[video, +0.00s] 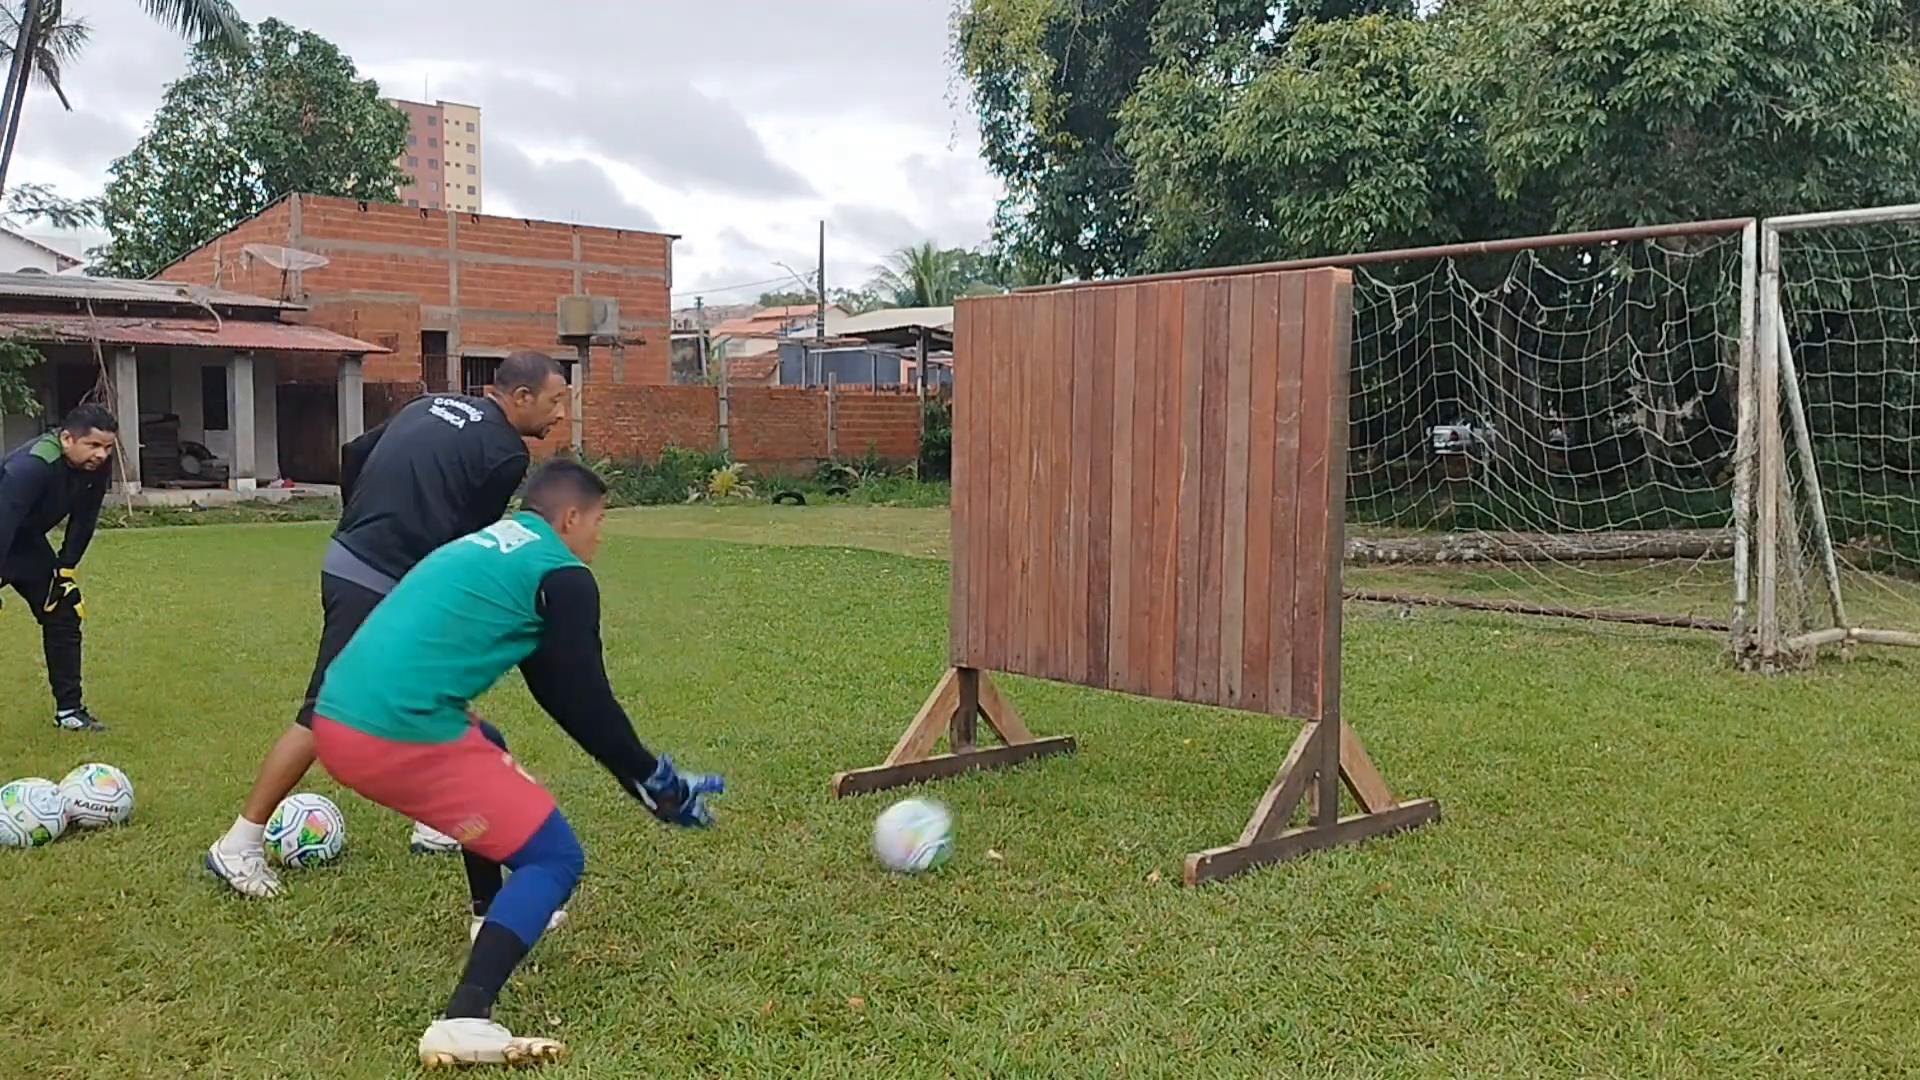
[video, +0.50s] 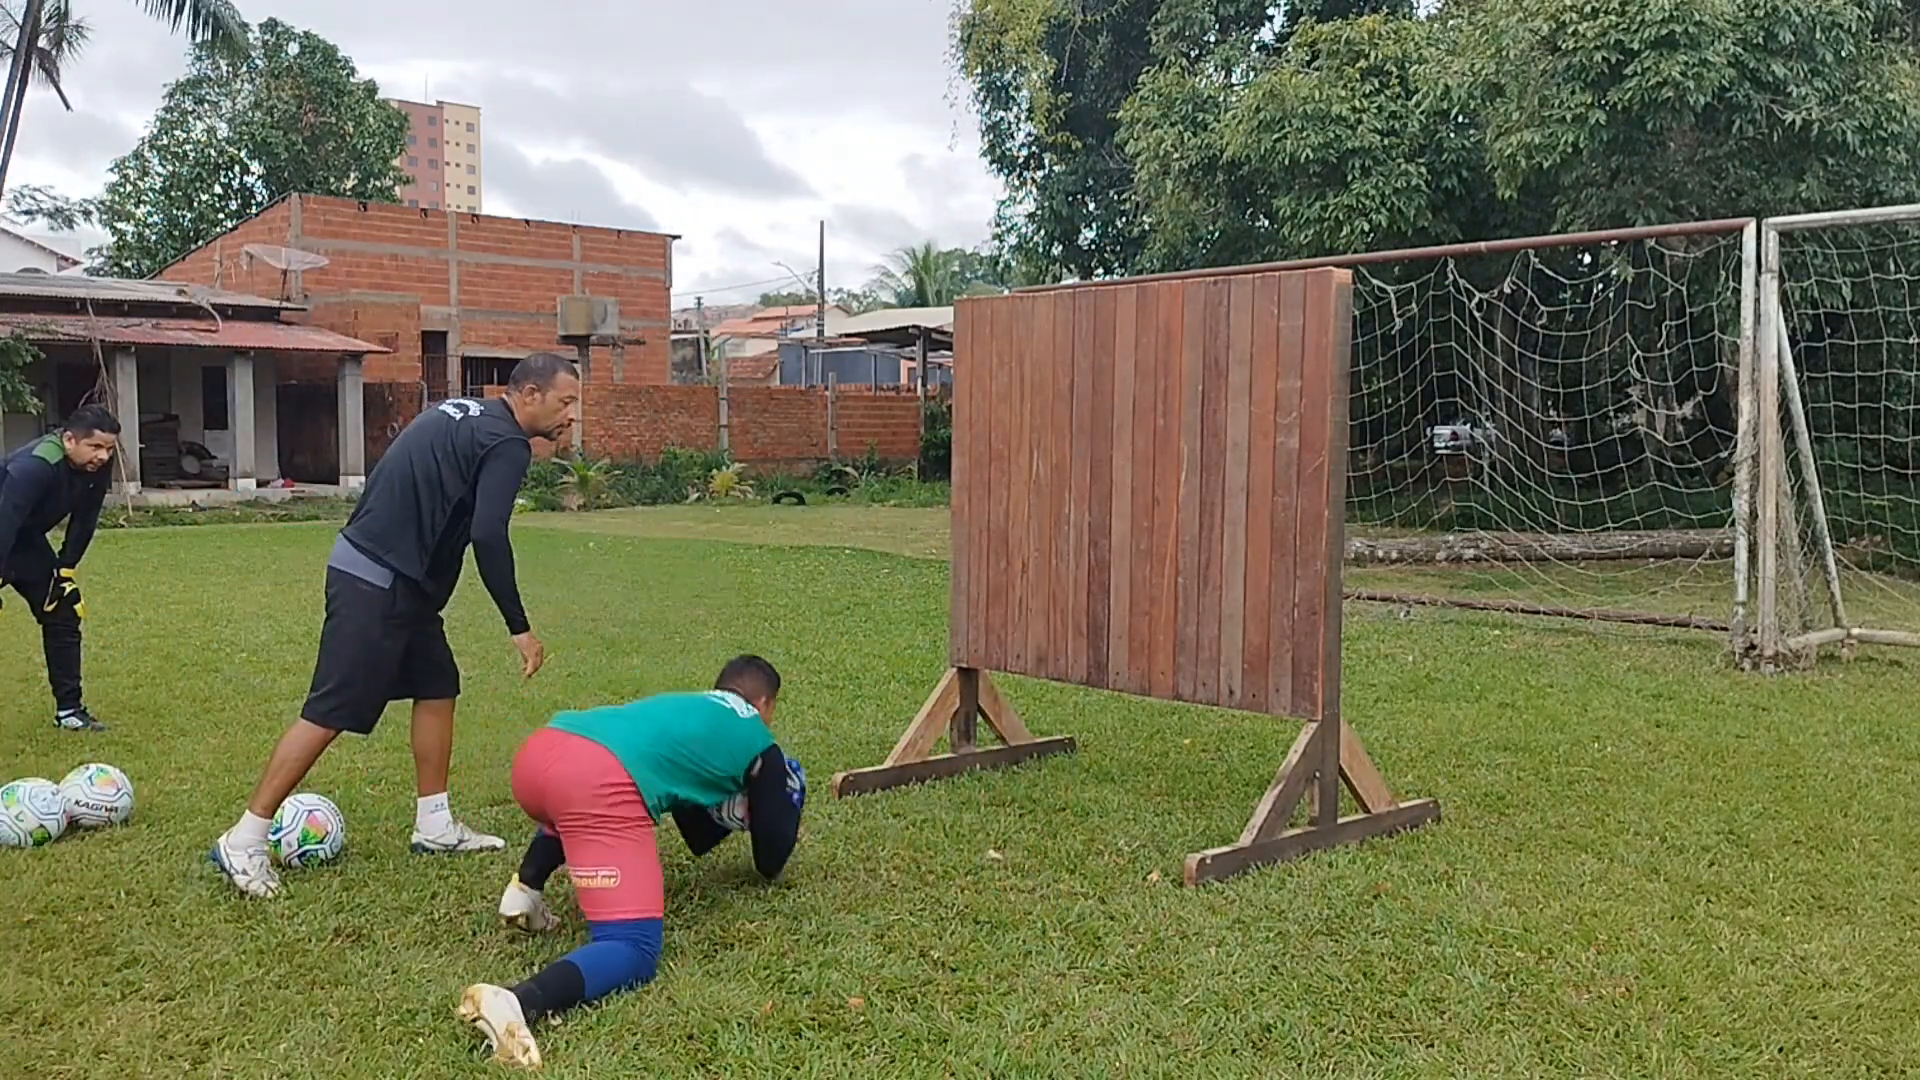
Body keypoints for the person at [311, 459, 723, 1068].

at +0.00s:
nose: (598, 538)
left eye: (600, 524)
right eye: (598, 523)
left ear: (534, 509)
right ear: (572, 517)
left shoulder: (496, 544)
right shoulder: (563, 574)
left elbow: (556, 694)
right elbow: (584, 700)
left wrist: (639, 770)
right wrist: (653, 780)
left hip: (343, 718)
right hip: (400, 737)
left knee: (485, 742)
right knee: (555, 859)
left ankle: (492, 911)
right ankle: (465, 1017)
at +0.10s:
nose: (647, 559)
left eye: (650, 545)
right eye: (648, 543)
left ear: (585, 530)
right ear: (624, 536)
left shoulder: (530, 565)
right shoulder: (608, 594)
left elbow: (540, 725)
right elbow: (592, 728)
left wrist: (584, 811)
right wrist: (623, 826)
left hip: (403, 737)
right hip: (469, 756)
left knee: (519, 773)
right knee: (587, 896)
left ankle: (510, 901)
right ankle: (476, 1018)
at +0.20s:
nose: (703, 596)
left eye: (705, 582)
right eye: (703, 581)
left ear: (639, 568)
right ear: (677, 578)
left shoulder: (583, 592)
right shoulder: (663, 633)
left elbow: (542, 695)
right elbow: (603, 740)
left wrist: (592, 771)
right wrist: (626, 808)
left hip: (441, 758)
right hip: (516, 778)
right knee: (614, 928)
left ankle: (521, 902)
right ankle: (497, 1008)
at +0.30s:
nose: (728, 636)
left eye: (730, 625)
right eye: (729, 625)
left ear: (668, 610)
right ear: (714, 625)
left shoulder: (615, 630)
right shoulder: (709, 683)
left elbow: (580, 707)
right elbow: (664, 801)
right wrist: (668, 733)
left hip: (479, 789)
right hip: (563, 816)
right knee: (647, 955)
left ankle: (520, 913)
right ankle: (527, 1006)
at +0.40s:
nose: (747, 678)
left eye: (749, 668)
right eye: (749, 667)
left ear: (693, 646)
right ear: (739, 664)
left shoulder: (647, 666)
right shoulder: (731, 706)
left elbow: (651, 804)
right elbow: (725, 824)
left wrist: (692, 774)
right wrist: (748, 764)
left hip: (497, 760)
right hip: (572, 791)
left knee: (533, 804)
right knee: (633, 954)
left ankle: (520, 909)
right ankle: (514, 997)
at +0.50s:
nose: (773, 714)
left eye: (775, 707)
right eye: (774, 707)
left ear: (719, 687)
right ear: (764, 704)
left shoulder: (678, 712)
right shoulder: (758, 739)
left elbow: (701, 838)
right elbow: (771, 862)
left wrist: (748, 795)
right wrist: (785, 789)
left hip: (538, 752)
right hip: (600, 781)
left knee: (571, 805)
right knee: (632, 949)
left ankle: (523, 892)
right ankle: (516, 1003)